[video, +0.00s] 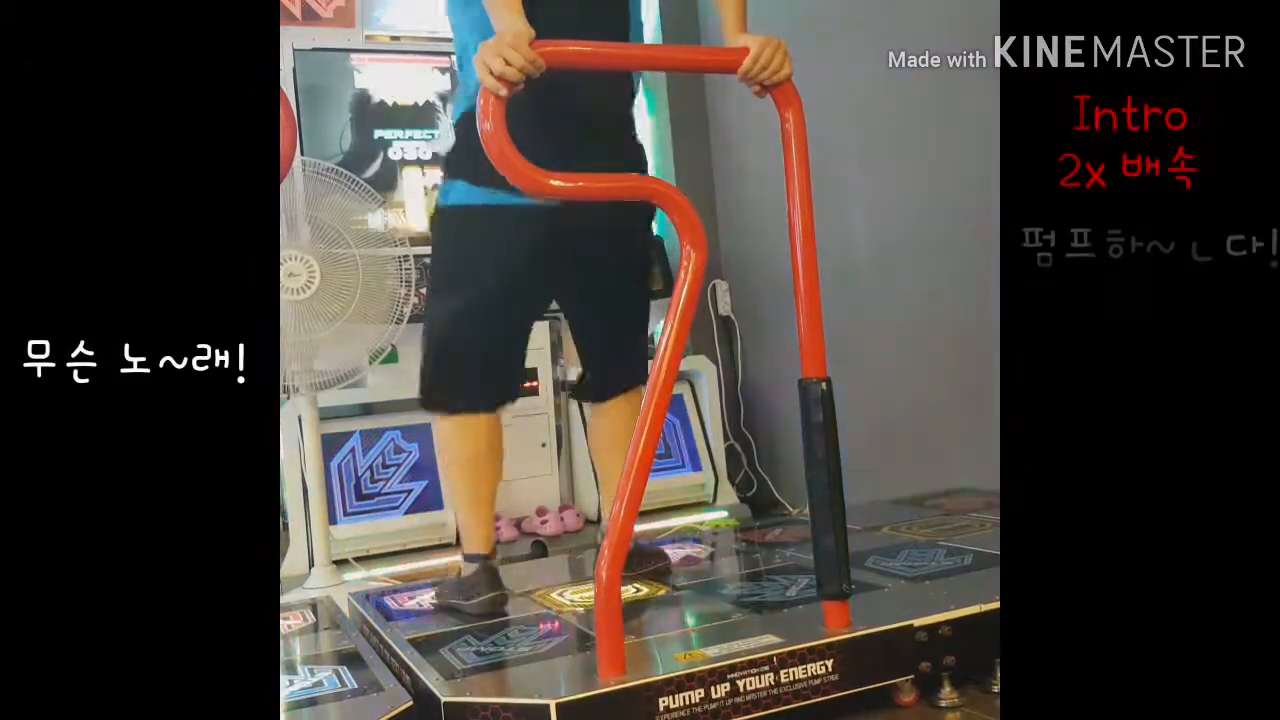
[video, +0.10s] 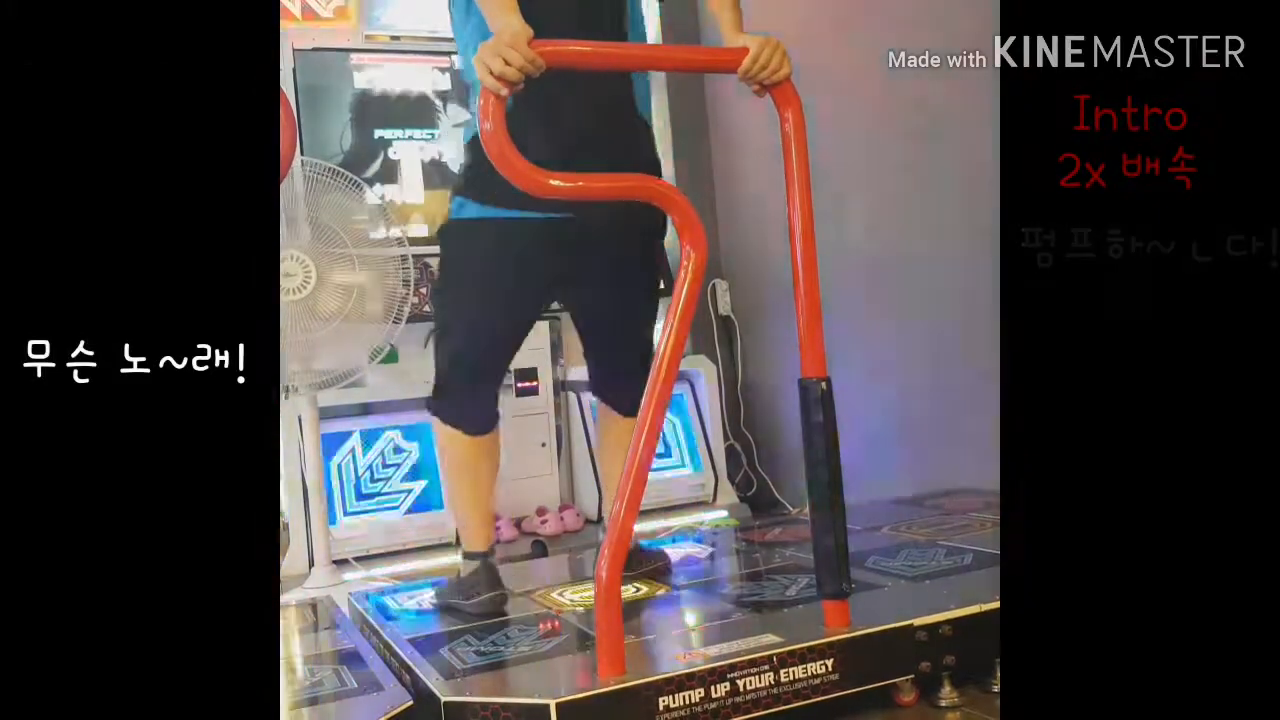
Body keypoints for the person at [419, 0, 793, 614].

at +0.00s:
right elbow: (505, 22)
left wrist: (739, 41)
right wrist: (505, 36)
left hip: (606, 163)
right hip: (491, 167)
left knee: (617, 363)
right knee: (461, 367)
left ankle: (623, 545)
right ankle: (476, 571)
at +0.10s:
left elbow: (719, 27)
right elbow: (502, 22)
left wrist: (738, 40)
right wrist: (501, 38)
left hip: (618, 191)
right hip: (502, 190)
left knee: (626, 376)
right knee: (463, 381)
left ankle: (621, 540)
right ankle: (476, 565)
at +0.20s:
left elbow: (728, 36)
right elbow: (507, 27)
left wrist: (747, 44)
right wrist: (501, 40)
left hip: (638, 180)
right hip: (524, 182)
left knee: (641, 373)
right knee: (492, 373)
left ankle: (621, 540)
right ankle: (482, 559)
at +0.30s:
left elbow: (730, 38)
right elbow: (514, 38)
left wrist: (755, 49)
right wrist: (496, 52)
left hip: (660, 150)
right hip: (549, 157)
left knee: (668, 360)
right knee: (568, 365)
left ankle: (661, 534)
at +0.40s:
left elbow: (733, 34)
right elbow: (513, 38)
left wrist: (753, 49)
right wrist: (497, 52)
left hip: (671, 171)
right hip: (559, 180)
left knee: (692, 359)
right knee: (603, 370)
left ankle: (699, 533)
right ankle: (622, 545)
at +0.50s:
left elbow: (741, 37)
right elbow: (513, 30)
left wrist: (755, 44)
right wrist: (501, 48)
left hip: (647, 140)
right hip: (537, 149)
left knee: (620, 355)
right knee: (560, 373)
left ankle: (665, 520)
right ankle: (593, 550)